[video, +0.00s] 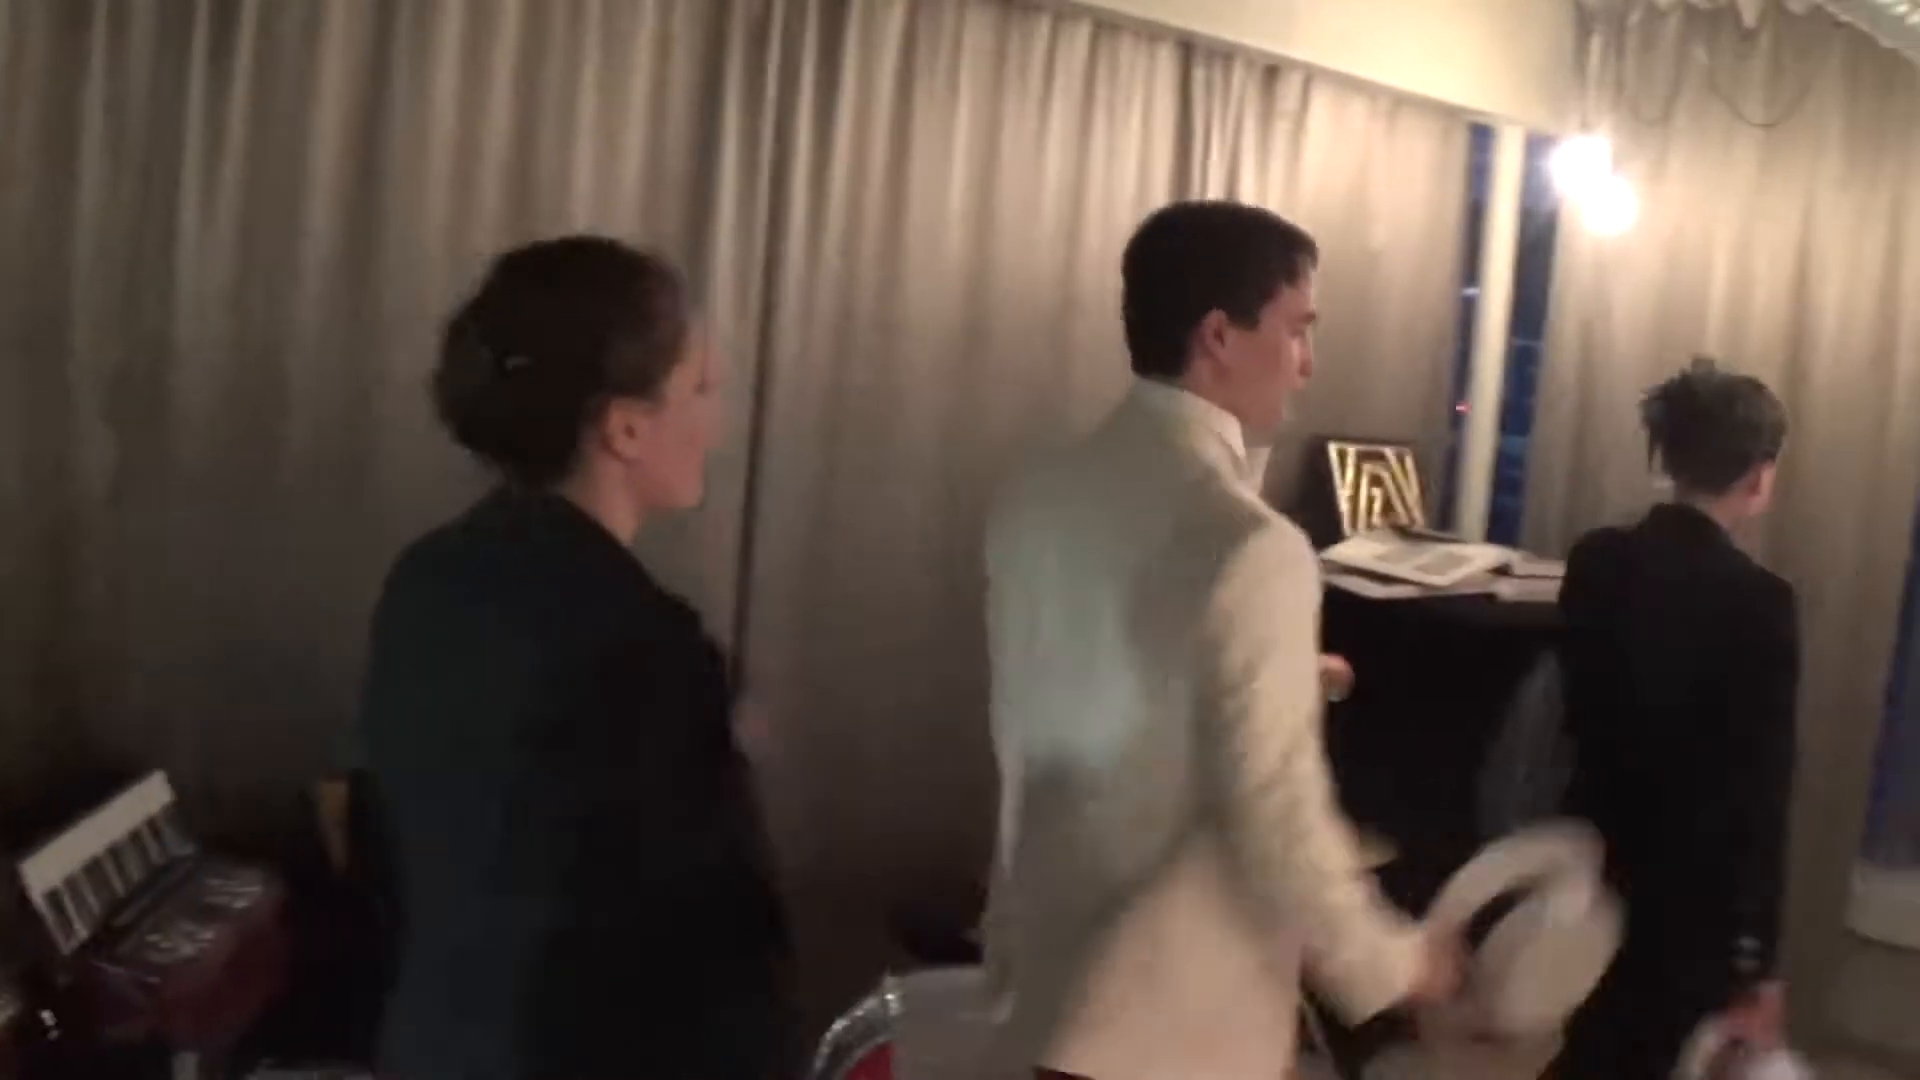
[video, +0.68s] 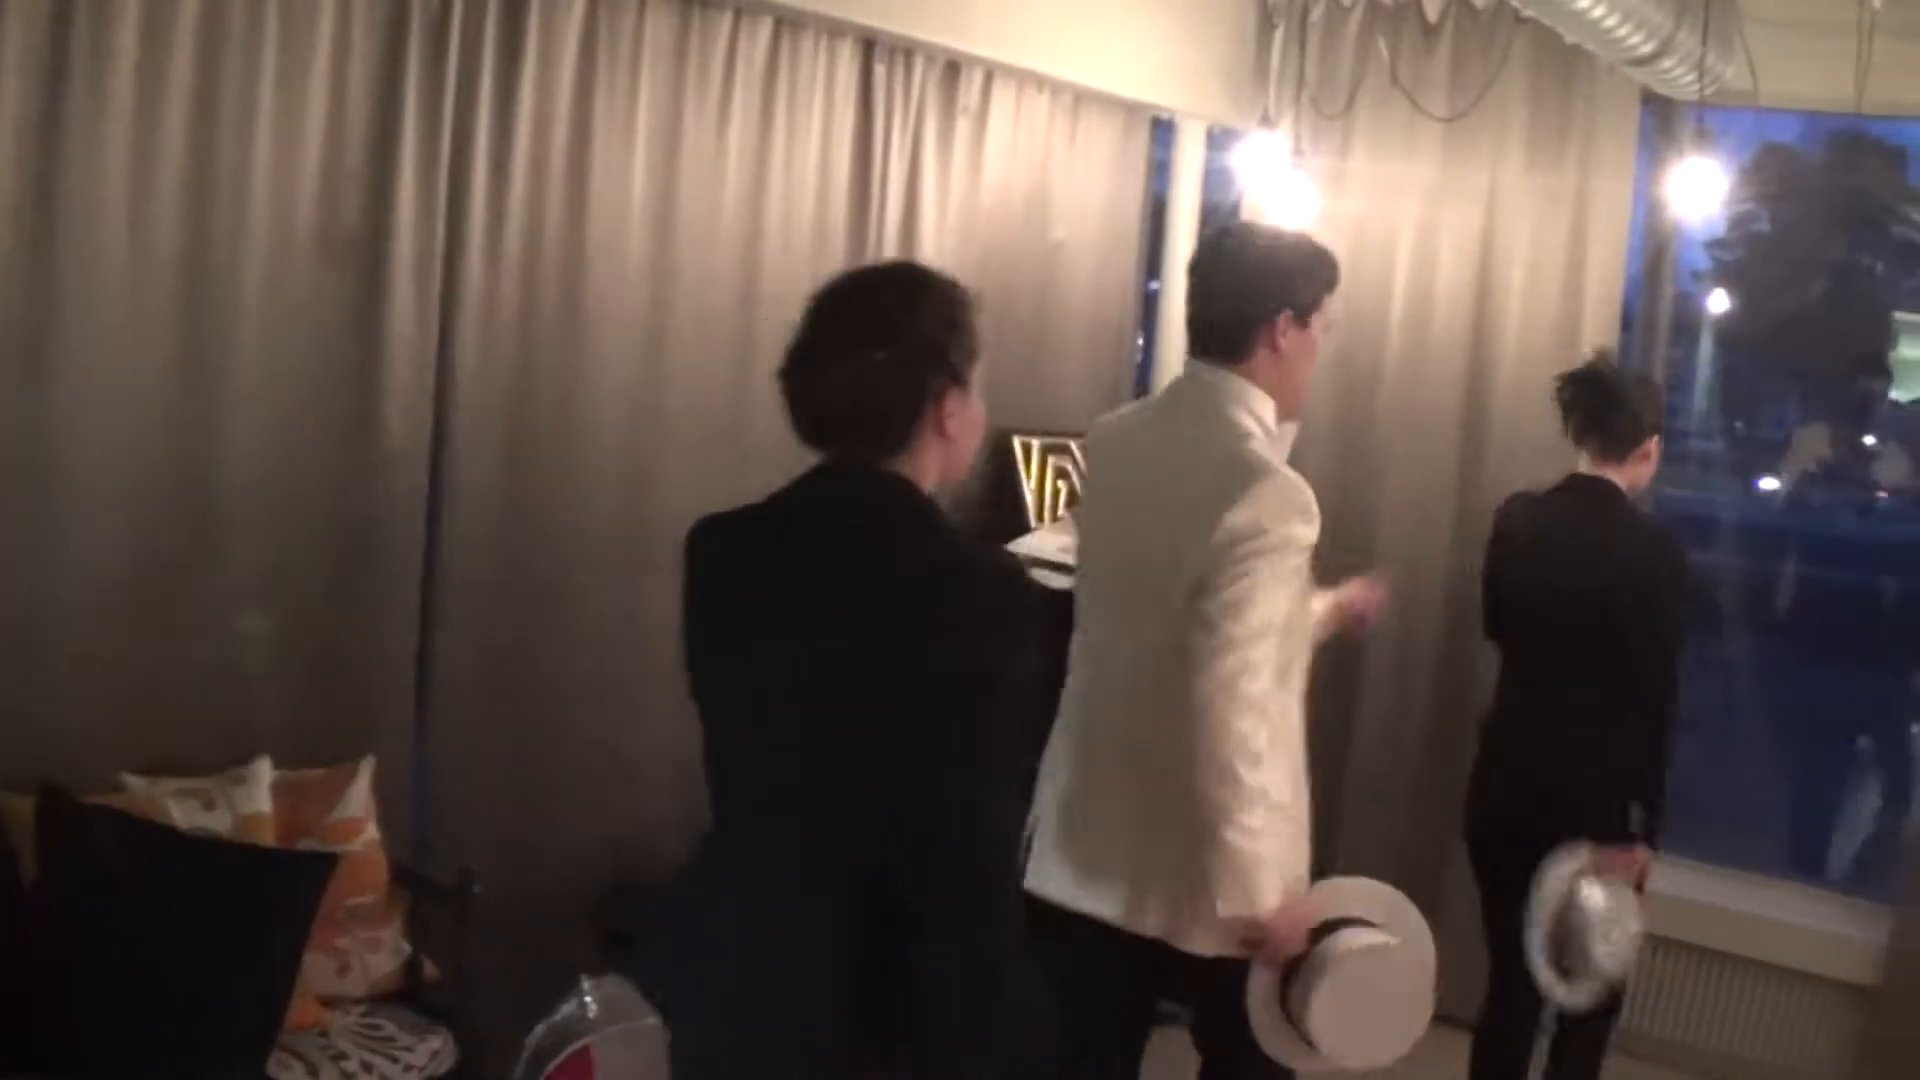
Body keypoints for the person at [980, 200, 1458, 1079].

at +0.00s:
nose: (1307, 364)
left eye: (1308, 330)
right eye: (1297, 329)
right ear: (1218, 337)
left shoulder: (1036, 492)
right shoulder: (1248, 546)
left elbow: (1084, 694)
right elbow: (1274, 811)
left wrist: (1271, 679)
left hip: (1040, 968)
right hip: (1184, 1002)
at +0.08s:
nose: (1321, 356)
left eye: (1322, 325)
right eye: (1313, 323)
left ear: (1177, 330)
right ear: (1239, 330)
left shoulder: (1048, 486)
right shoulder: (1281, 524)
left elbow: (980, 688)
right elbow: (1357, 755)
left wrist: (971, 883)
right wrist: (1500, 837)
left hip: (1059, 934)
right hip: (1219, 969)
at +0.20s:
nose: (1322, 337)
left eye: (1325, 311)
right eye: (1318, 309)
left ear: (1173, 297)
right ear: (1260, 307)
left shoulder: (1036, 455)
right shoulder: (1312, 484)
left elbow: (915, 641)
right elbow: (1452, 677)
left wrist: (889, 814)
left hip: (1039, 902)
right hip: (1227, 925)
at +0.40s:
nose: (1301, 355)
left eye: (1305, 330)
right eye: (1301, 329)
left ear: (1166, 310)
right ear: (1251, 329)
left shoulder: (1045, 463)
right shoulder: (1285, 505)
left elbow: (960, 664)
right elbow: (1369, 712)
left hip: (1059, 911)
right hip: (1205, 944)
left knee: (1089, 1066)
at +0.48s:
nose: (1300, 363)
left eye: (1302, 338)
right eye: (1298, 337)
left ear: (1167, 329)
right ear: (1254, 345)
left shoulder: (1048, 476)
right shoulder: (1272, 519)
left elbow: (1003, 678)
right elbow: (1309, 740)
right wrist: (1402, 875)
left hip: (1030, 899)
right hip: (1200, 926)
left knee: (1080, 1060)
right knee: (1243, 1063)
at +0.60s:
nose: (1308, 367)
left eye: (1312, 342)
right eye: (1308, 341)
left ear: (1184, 328)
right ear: (1267, 344)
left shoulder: (1082, 470)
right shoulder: (1266, 517)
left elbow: (1076, 659)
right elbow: (1252, 740)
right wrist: (1302, 918)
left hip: (1071, 879)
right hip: (1205, 902)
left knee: (1090, 1067)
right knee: (1267, 1066)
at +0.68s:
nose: (1321, 351)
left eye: (1322, 328)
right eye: (1318, 327)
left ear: (1207, 315)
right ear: (1281, 331)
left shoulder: (1116, 439)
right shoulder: (1264, 492)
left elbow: (1171, 613)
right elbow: (1237, 709)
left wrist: (1325, 612)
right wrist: (1271, 893)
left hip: (1078, 866)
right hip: (1202, 892)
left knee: (1081, 1062)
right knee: (1251, 1062)